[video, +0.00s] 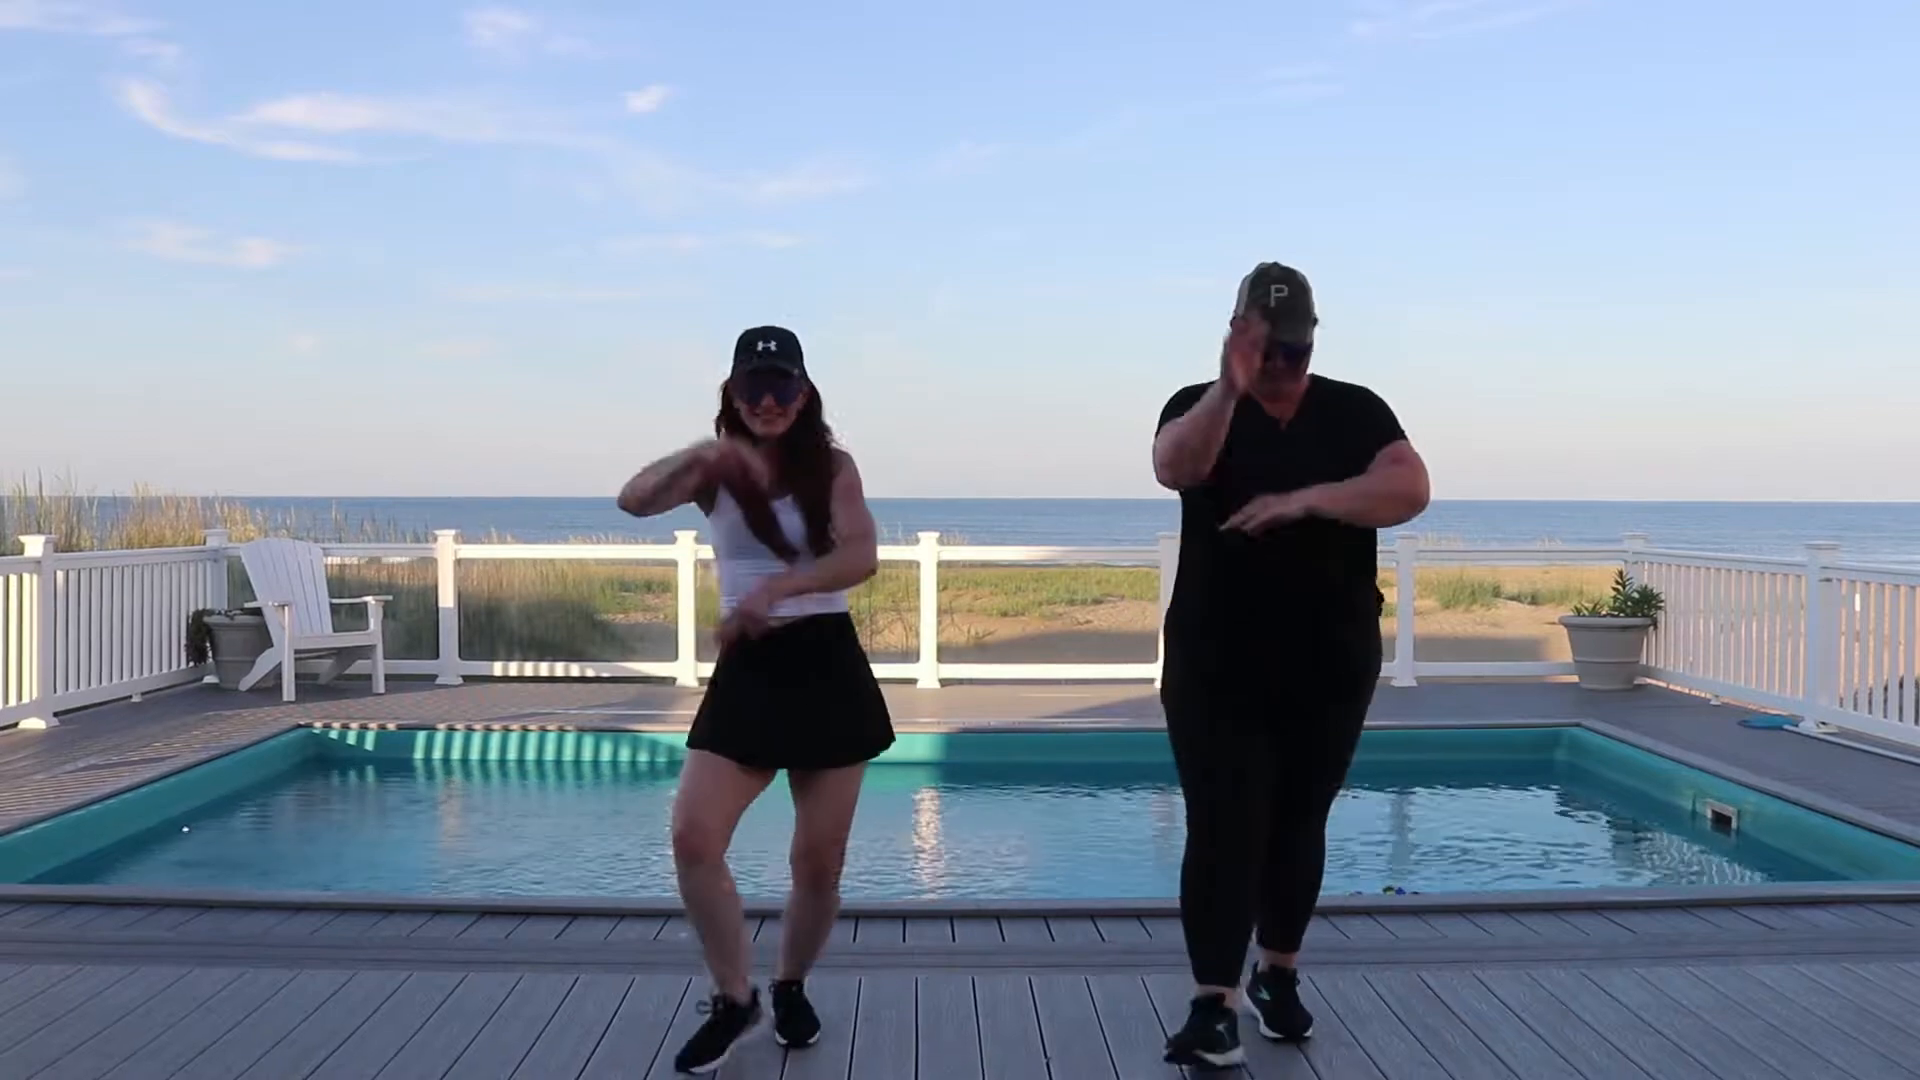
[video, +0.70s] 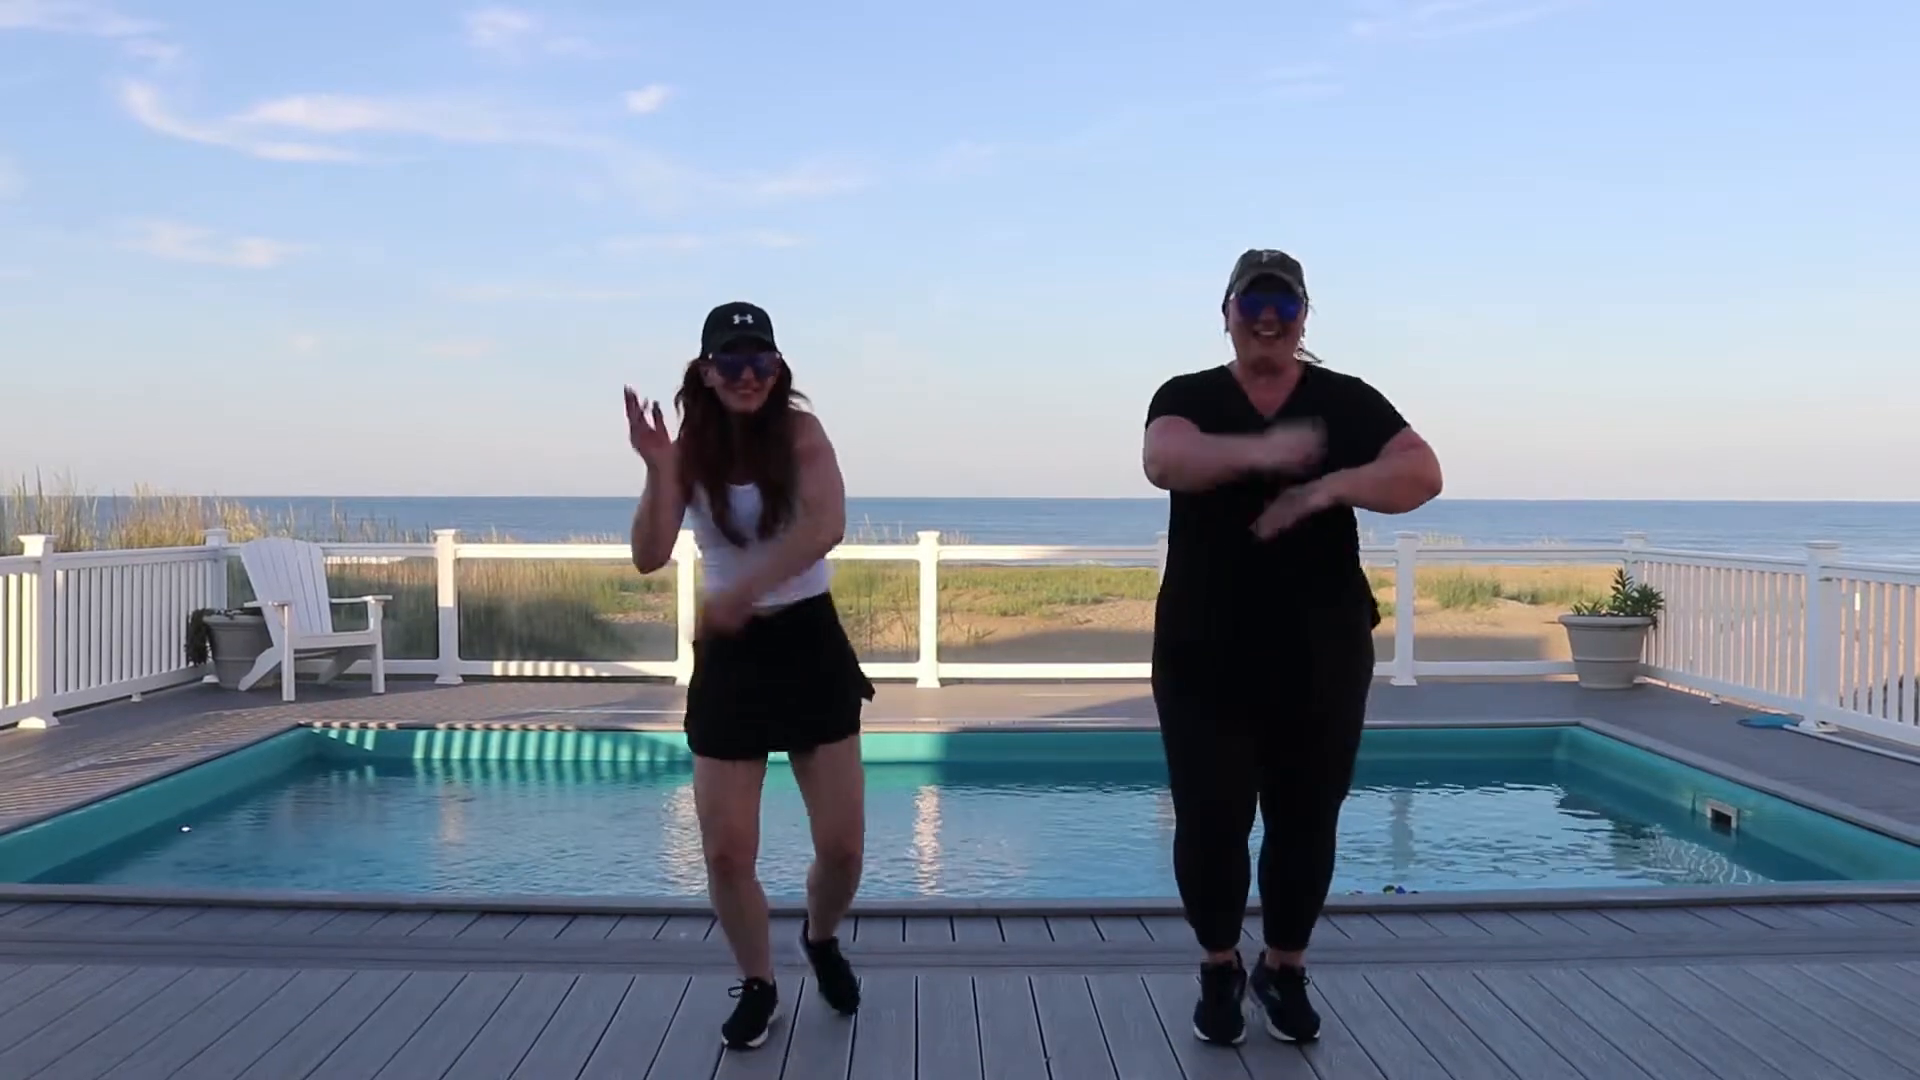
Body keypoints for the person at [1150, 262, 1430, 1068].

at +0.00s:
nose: (1286, 364)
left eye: (1298, 350)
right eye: (1271, 349)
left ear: (1313, 340)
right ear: (1238, 339)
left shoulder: (1353, 409)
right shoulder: (1195, 408)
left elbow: (1409, 489)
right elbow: (1179, 470)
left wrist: (1307, 498)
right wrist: (1230, 384)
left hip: (1327, 667)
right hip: (1216, 665)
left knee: (1301, 823)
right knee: (1222, 825)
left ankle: (1278, 974)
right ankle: (1214, 1000)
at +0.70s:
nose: (1269, 318)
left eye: (1284, 306)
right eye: (1254, 305)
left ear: (1304, 316)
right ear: (1229, 314)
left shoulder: (1346, 399)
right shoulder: (1186, 396)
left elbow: (1421, 475)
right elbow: (1165, 460)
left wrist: (1329, 488)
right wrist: (1264, 451)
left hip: (1321, 652)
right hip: (1206, 650)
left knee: (1306, 818)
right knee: (1211, 817)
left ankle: (1285, 966)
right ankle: (1220, 968)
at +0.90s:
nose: (1273, 321)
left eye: (1287, 312)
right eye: (1259, 309)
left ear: (1303, 331)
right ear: (1228, 324)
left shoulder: (1342, 418)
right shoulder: (1186, 414)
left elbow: (1420, 475)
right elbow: (1163, 505)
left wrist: (1377, 379)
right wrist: (1287, 520)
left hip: (1313, 664)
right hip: (1199, 664)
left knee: (1318, 828)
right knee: (1210, 830)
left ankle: (1344, 1003)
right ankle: (1222, 974)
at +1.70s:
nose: (1302, 316)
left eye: (1315, 305)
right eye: (1286, 306)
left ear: (1336, 322)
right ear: (1261, 324)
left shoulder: (1383, 409)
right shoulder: (1223, 405)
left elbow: (1454, 488)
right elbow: (1197, 479)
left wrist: (1367, 477)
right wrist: (1270, 483)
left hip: (1350, 665)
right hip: (1234, 662)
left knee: (1326, 825)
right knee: (1222, 827)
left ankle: (1312, 974)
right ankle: (1226, 971)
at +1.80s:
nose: (1301, 311)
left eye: (1315, 300)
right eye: (1285, 300)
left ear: (1336, 319)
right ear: (1260, 318)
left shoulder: (1383, 405)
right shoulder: (1222, 405)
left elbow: (1439, 489)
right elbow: (1204, 480)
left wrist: (1325, 497)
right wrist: (1271, 391)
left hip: (1353, 661)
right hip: (1238, 661)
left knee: (1329, 824)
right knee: (1238, 827)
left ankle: (1314, 979)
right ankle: (1217, 999)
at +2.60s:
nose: (1283, 323)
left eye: (1296, 313)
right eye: (1268, 311)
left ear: (1314, 329)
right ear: (1240, 325)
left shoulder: (1351, 423)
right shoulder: (1196, 413)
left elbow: (1428, 490)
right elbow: (1160, 500)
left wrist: (1375, 411)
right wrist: (1260, 511)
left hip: (1332, 662)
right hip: (1216, 665)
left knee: (1344, 827)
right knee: (1229, 829)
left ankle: (1357, 1003)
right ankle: (1236, 975)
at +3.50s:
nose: (1305, 324)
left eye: (1318, 313)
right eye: (1289, 313)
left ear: (1337, 328)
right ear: (1261, 327)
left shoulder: (1379, 412)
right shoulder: (1222, 404)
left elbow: (1426, 503)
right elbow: (1198, 481)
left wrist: (1318, 494)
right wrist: (1260, 395)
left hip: (1343, 658)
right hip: (1228, 654)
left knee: (1314, 821)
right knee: (1223, 821)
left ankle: (1294, 972)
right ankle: (1199, 995)